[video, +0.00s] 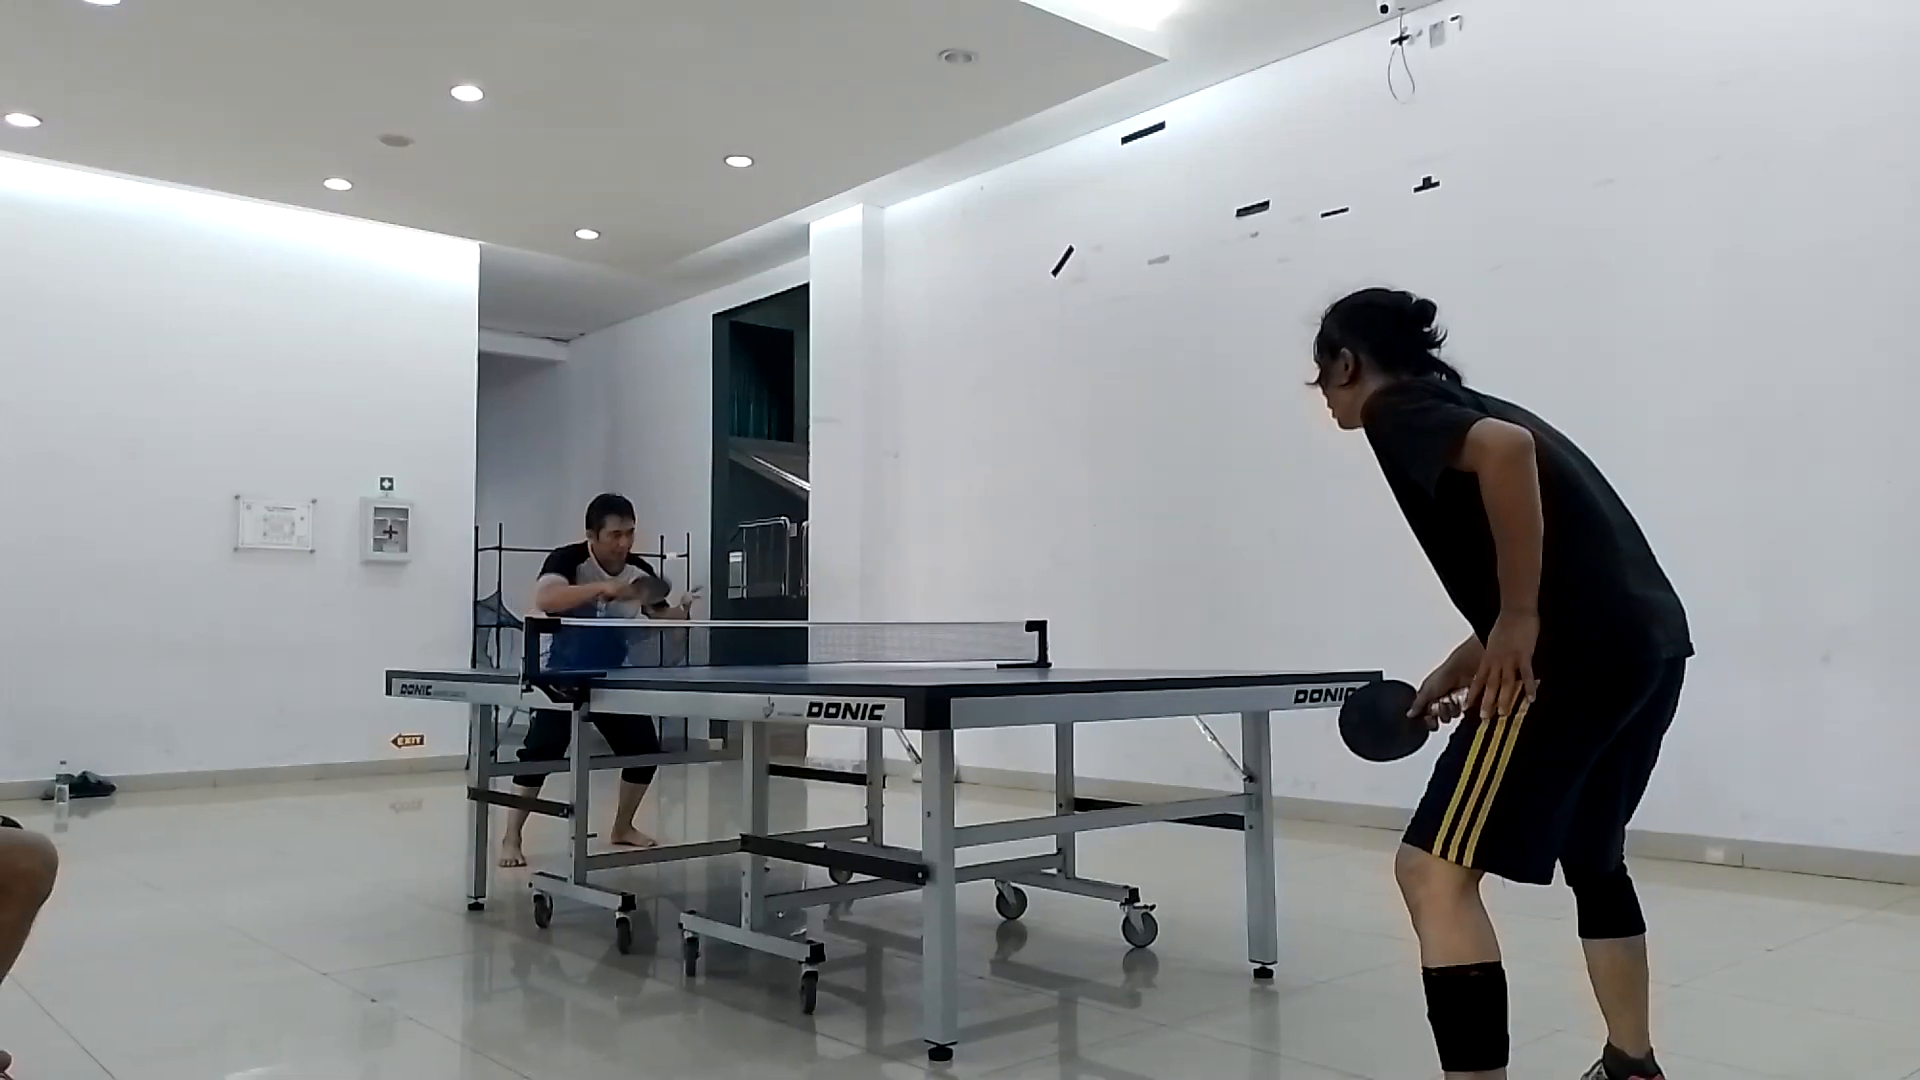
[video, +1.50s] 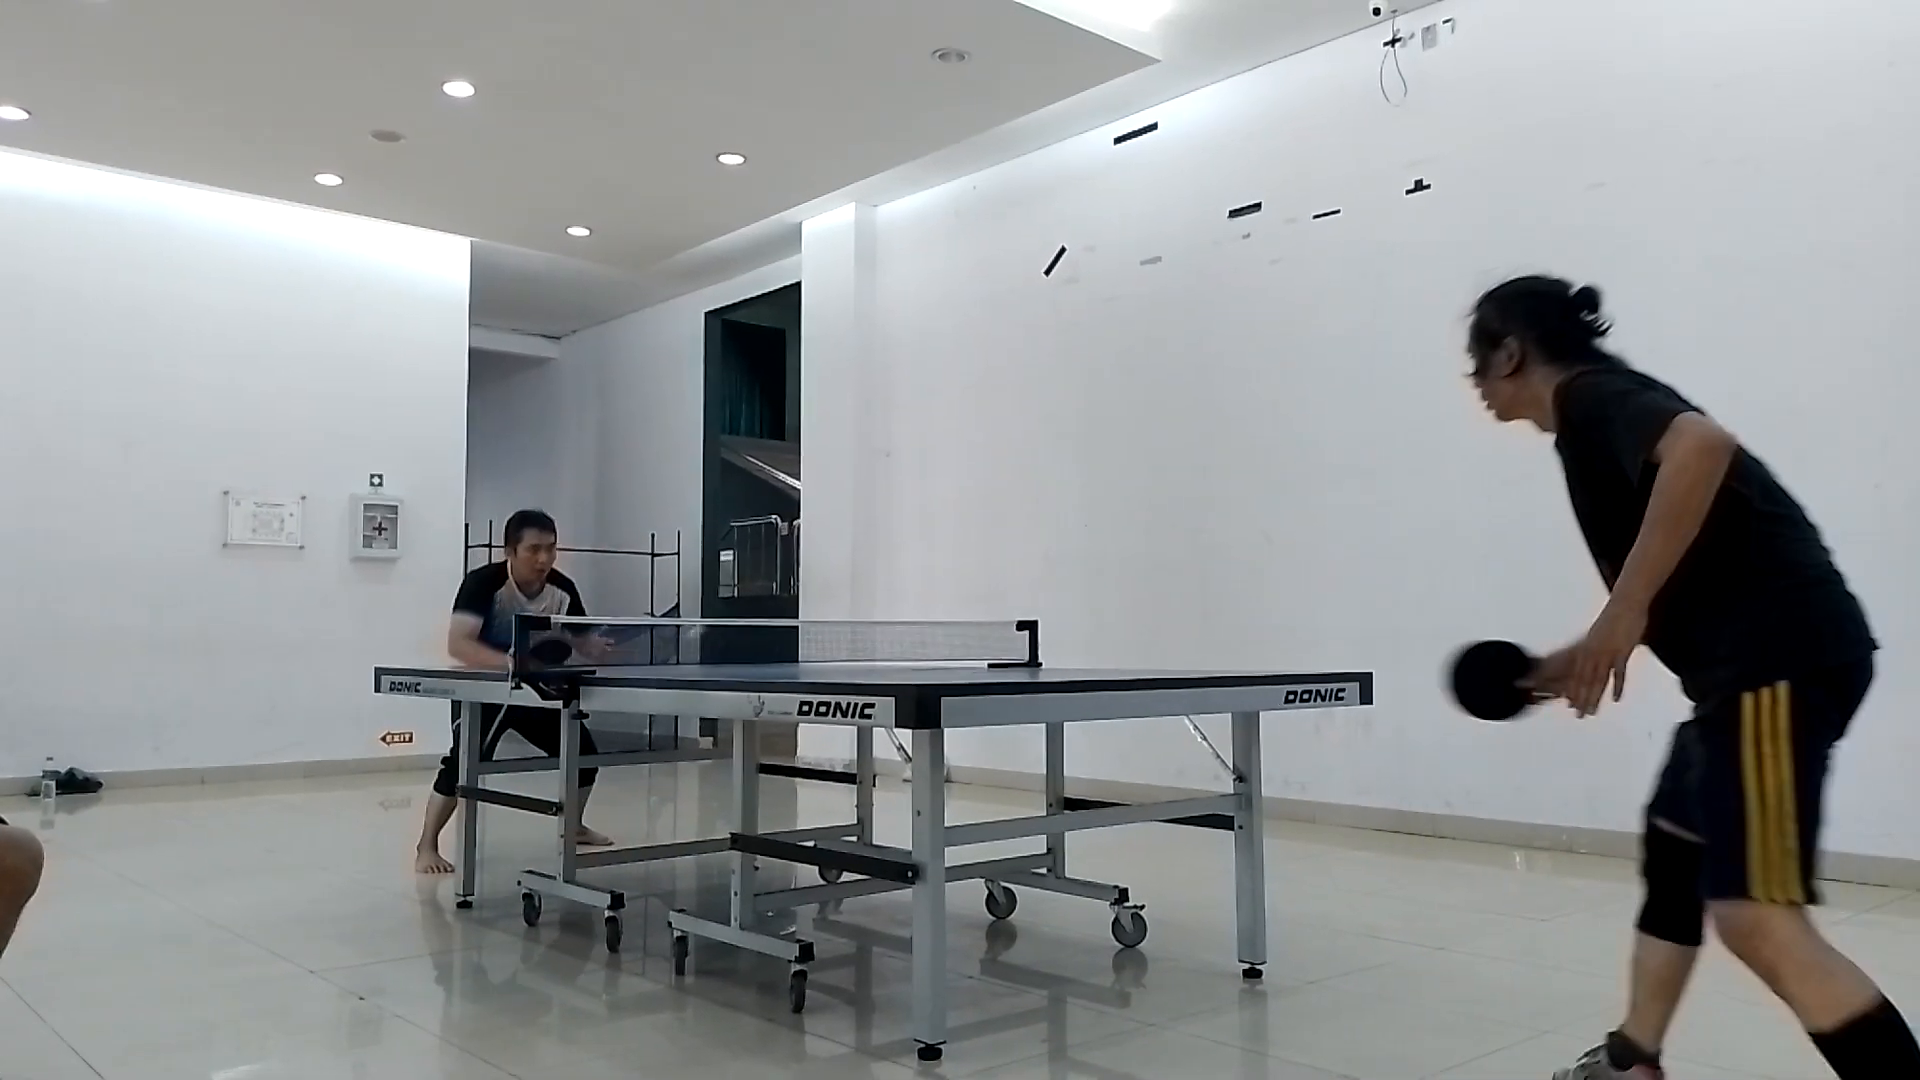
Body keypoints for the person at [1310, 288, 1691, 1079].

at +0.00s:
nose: (1322, 393)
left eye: (1324, 373)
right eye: (1319, 376)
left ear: (1354, 361)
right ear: (1413, 357)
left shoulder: (1395, 410)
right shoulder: (1481, 411)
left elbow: (1506, 445)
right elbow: (1546, 571)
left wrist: (1517, 618)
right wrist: (1455, 671)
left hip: (1568, 649)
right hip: (1651, 645)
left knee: (1433, 871)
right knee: (1593, 850)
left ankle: (1475, 1071)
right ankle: (1633, 1061)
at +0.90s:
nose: (1354, 418)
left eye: (1352, 397)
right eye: (1348, 403)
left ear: (1379, 375)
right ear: (1428, 360)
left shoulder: (1436, 400)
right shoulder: (1503, 399)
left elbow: (1518, 446)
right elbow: (1509, 524)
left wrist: (1481, 618)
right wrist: (1400, 561)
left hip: (1591, 658)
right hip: (1668, 654)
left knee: (1453, 875)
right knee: (1587, 863)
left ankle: (1489, 1072)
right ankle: (1622, 1062)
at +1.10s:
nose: (1390, 443)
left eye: (1388, 425)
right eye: (1385, 429)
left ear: (1419, 411)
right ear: (1436, 411)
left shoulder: (1511, 429)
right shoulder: (1475, 479)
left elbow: (1623, 438)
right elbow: (1388, 524)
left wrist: (1584, 594)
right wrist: (1289, 560)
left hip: (1671, 665)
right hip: (1694, 666)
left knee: (1552, 873)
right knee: (1604, 870)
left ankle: (1537, 1069)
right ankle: (1623, 1066)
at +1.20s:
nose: (1402, 448)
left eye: (1404, 428)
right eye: (1400, 432)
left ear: (1436, 422)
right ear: (1455, 422)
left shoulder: (1533, 440)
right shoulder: (1489, 509)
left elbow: (1670, 442)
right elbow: (1394, 551)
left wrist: (1635, 589)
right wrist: (1283, 570)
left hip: (1708, 664)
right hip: (1685, 672)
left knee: (1585, 861)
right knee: (1603, 862)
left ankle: (1606, 1067)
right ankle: (1619, 1063)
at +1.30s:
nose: (1422, 441)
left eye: (1421, 422)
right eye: (1418, 425)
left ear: (1453, 406)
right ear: (1469, 408)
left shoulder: (1550, 433)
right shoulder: (1525, 498)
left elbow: (1684, 449)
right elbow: (1474, 587)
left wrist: (1653, 599)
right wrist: (1339, 597)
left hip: (1734, 652)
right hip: (1693, 661)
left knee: (1628, 860)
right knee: (1604, 843)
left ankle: (1715, 1071)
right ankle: (1623, 1062)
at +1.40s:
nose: (1445, 412)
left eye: (1448, 391)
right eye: (1443, 394)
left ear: (1483, 381)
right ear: (1499, 382)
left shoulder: (1569, 416)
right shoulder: (1559, 464)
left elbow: (1690, 451)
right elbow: (1593, 600)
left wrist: (1637, 608)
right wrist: (1448, 640)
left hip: (1753, 656)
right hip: (1707, 667)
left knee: (1676, 883)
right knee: (1624, 835)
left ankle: (1834, 1070)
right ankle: (1623, 1060)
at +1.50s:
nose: (1476, 386)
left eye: (1479, 365)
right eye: (1474, 368)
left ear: (1513, 351)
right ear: (1532, 352)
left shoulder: (1594, 395)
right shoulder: (1588, 428)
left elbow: (1701, 444)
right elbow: (1667, 585)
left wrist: (1622, 616)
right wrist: (1570, 665)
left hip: (1783, 659)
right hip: (1741, 668)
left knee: (1757, 918)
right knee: (1677, 842)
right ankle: (1634, 1057)